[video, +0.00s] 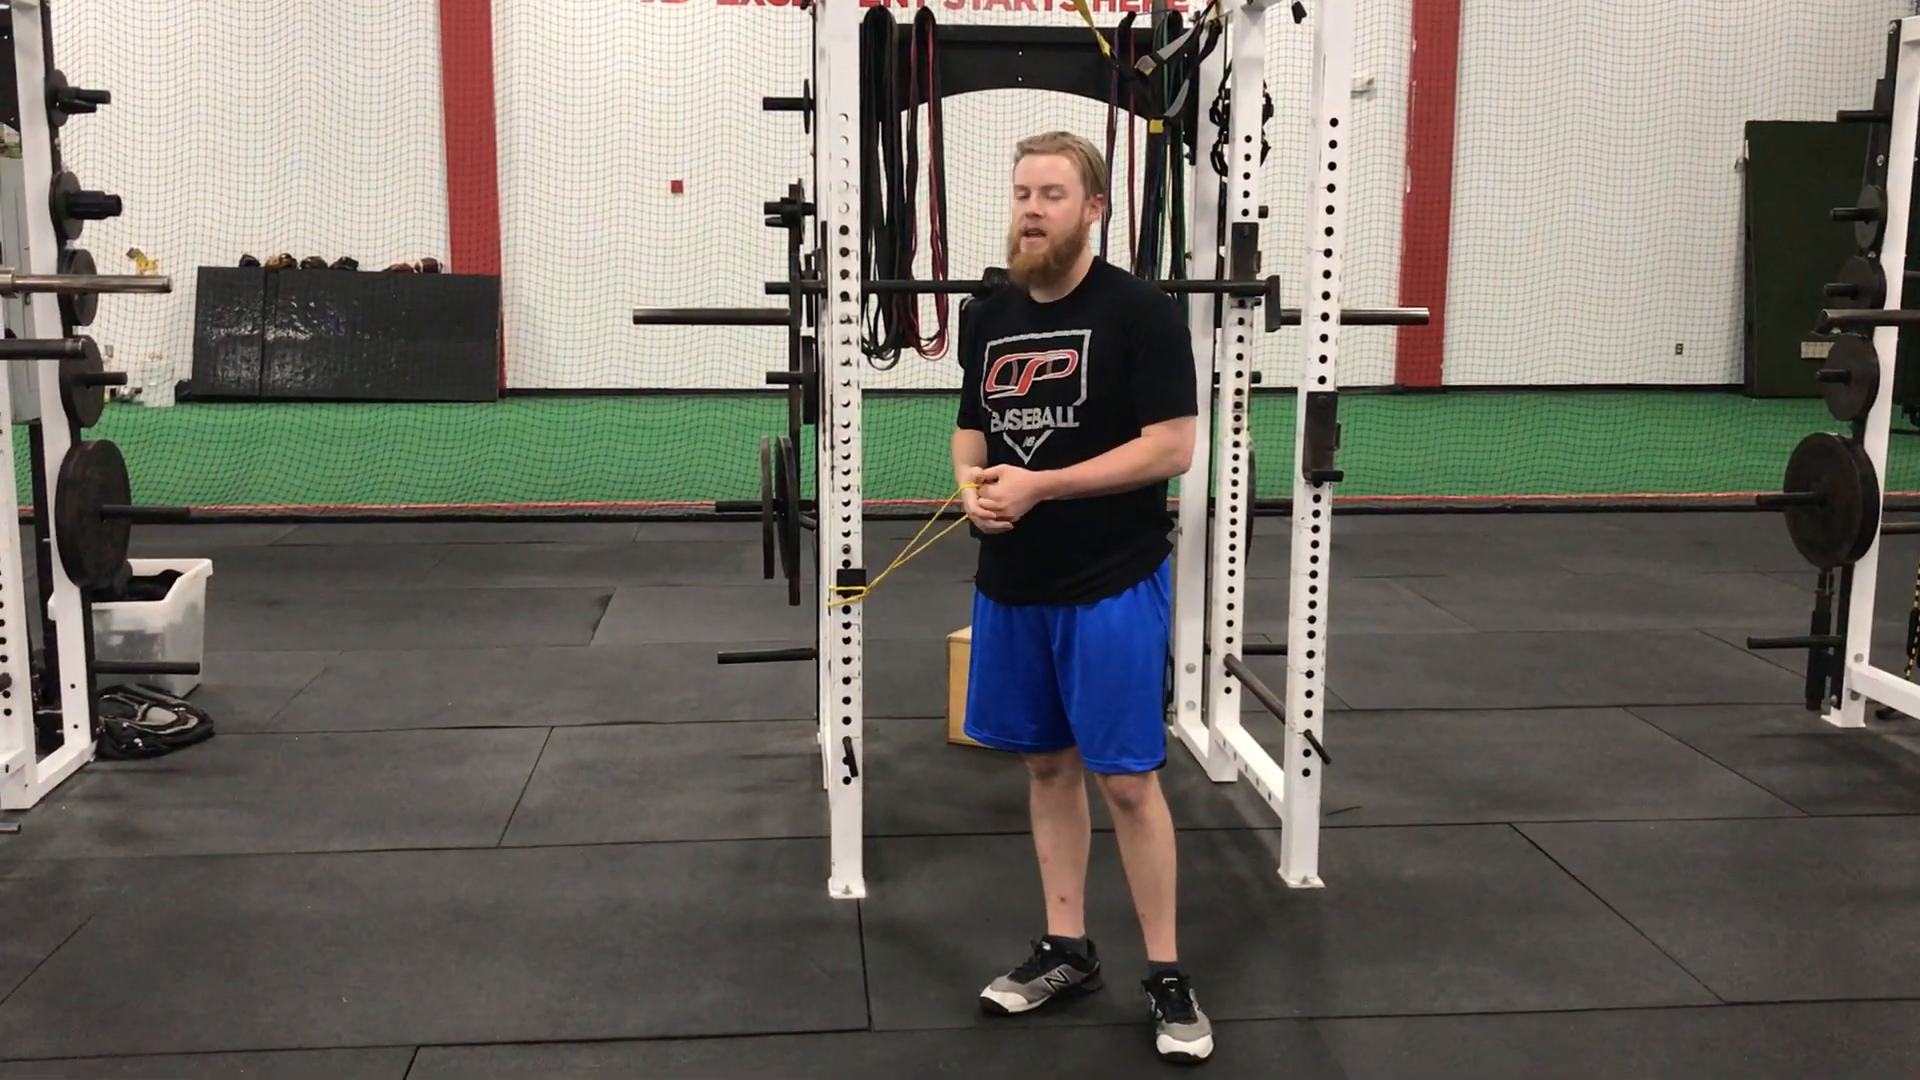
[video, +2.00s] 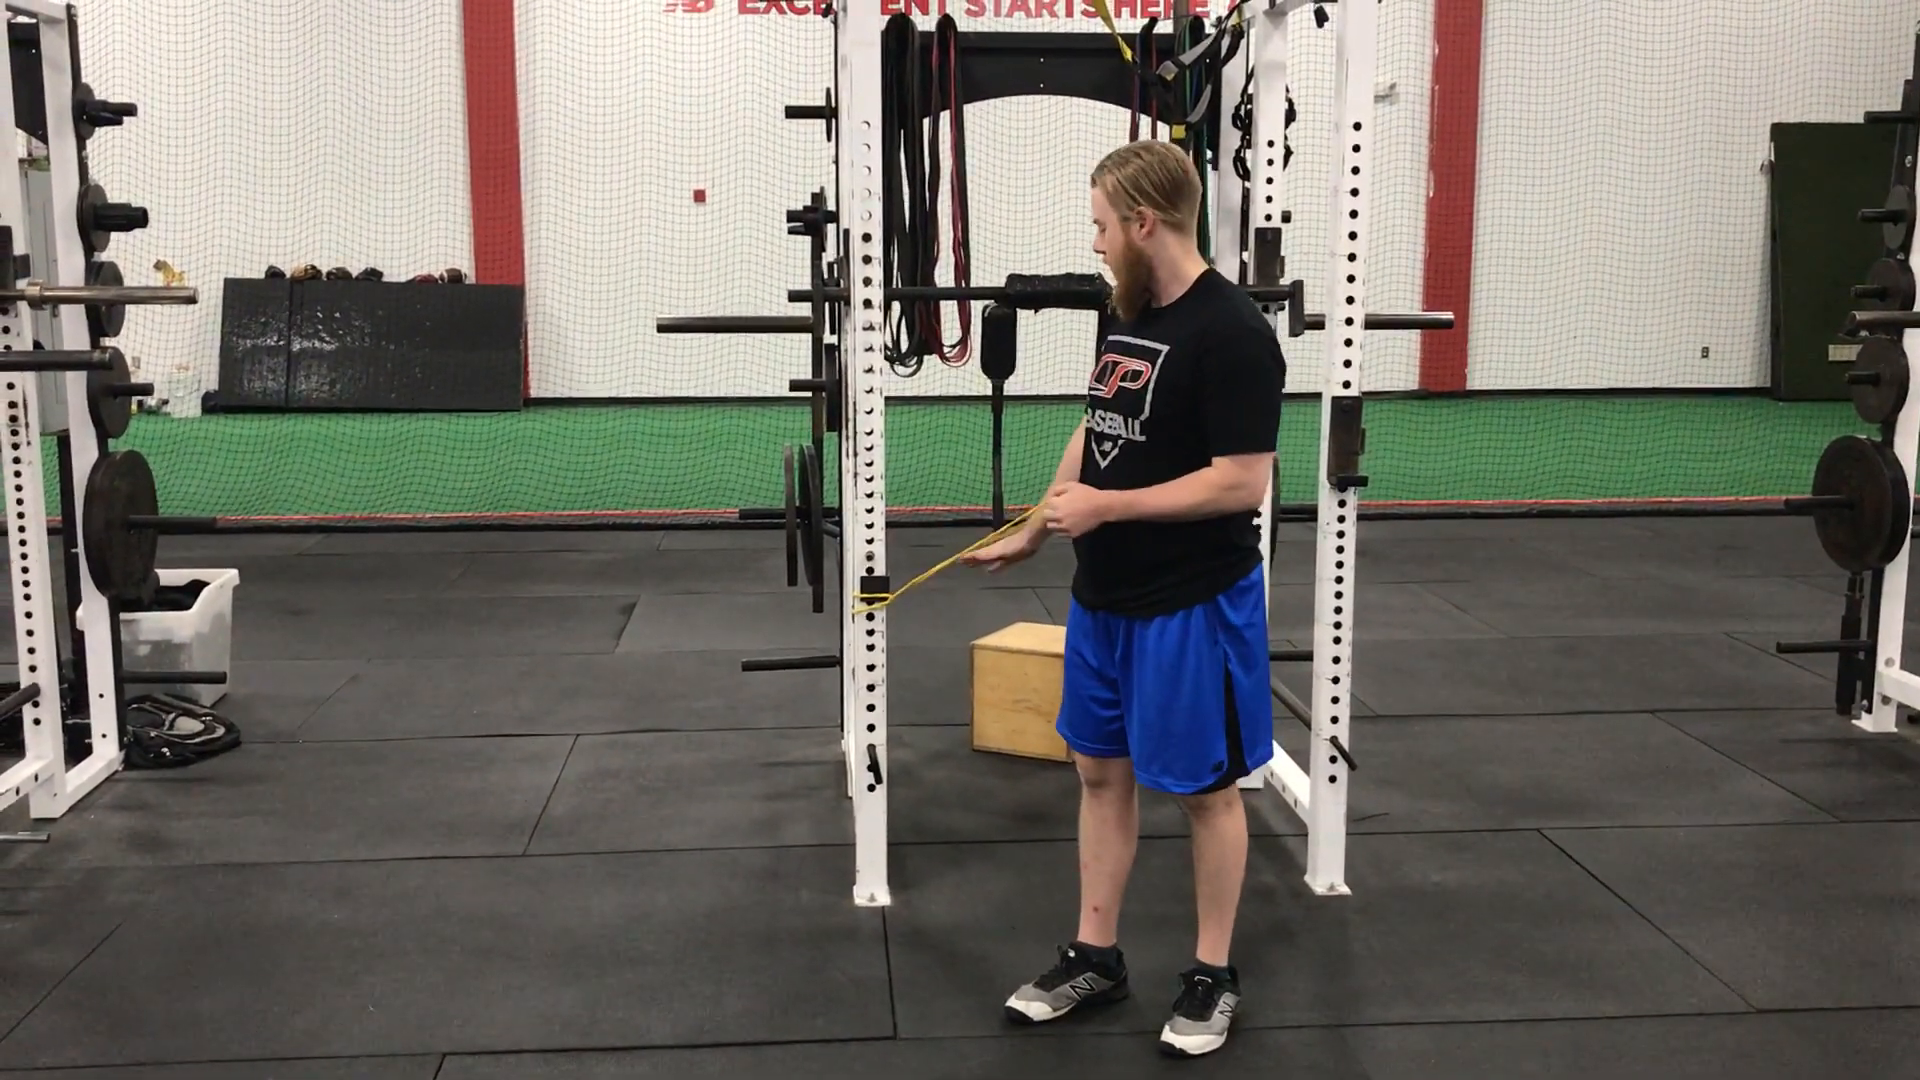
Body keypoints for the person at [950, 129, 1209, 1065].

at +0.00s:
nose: (1029, 209)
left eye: (1049, 195)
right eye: (1021, 194)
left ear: (1093, 209)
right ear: (1007, 208)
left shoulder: (1140, 310)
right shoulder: (988, 314)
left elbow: (1174, 444)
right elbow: (969, 430)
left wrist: (1041, 483)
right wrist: (973, 485)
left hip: (1115, 586)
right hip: (1015, 586)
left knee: (1129, 782)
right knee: (1048, 769)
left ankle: (1167, 977)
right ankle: (1066, 950)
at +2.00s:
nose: (1095, 242)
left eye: (1102, 224)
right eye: (1095, 224)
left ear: (1147, 224)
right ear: (1149, 222)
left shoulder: (1236, 334)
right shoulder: (1128, 317)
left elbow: (1245, 482)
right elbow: (1098, 437)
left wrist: (1107, 505)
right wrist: (1035, 525)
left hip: (1196, 606)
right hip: (1106, 597)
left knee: (1209, 788)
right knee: (1101, 772)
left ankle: (1211, 974)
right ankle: (1095, 958)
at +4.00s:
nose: (1123, 226)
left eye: (1140, 207)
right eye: (1121, 208)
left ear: (1198, 212)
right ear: (1147, 215)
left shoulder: (1261, 331)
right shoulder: (1118, 328)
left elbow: (1273, 481)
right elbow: (1093, 465)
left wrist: (1126, 501)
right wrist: (1059, 579)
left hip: (1223, 611)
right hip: (1117, 603)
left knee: (1234, 797)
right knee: (1083, 772)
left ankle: (1243, 977)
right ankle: (1121, 954)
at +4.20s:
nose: (1089, 235)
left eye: (1102, 216)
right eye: (1088, 218)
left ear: (1160, 220)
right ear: (1133, 222)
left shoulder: (1229, 339)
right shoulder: (1113, 328)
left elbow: (1236, 493)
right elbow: (1116, 474)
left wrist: (1100, 511)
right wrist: (1070, 580)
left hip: (1196, 617)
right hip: (1097, 605)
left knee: (1221, 802)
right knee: (1031, 760)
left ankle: (1247, 975)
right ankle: (1036, 969)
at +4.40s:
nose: (1007, 254)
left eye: (1020, 235)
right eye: (1008, 236)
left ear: (1076, 236)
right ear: (1067, 238)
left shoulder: (1143, 349)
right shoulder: (1051, 339)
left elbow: (1149, 506)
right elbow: (1077, 472)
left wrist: (1025, 531)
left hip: (1144, 634)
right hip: (1041, 622)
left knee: (1189, 813)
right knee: (958, 769)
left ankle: (1247, 974)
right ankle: (917, 982)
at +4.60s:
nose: (899, 250)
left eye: (910, 231)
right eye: (901, 231)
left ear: (959, 236)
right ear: (966, 239)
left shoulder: (1012, 342)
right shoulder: (975, 341)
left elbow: (1014, 495)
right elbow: (1008, 450)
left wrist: (914, 530)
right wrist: (945, 428)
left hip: (1034, 638)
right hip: (949, 626)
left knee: (1072, 837)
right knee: (881, 782)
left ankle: (1218, 943)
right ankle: (895, 995)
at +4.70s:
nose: (852, 236)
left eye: (864, 216)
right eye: (857, 218)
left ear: (913, 226)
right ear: (925, 230)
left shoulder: (957, 328)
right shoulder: (932, 328)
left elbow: (949, 481)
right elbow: (951, 477)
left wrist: (861, 500)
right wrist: (884, 499)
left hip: (988, 626)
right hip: (920, 618)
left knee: (976, 841)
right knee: (870, 783)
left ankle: (1150, 929)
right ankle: (895, 993)